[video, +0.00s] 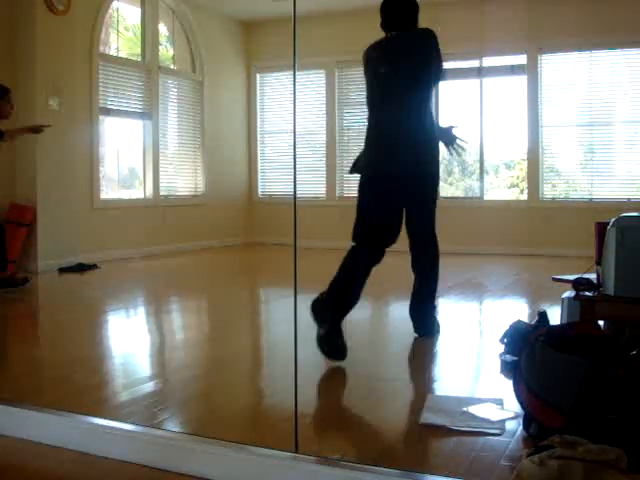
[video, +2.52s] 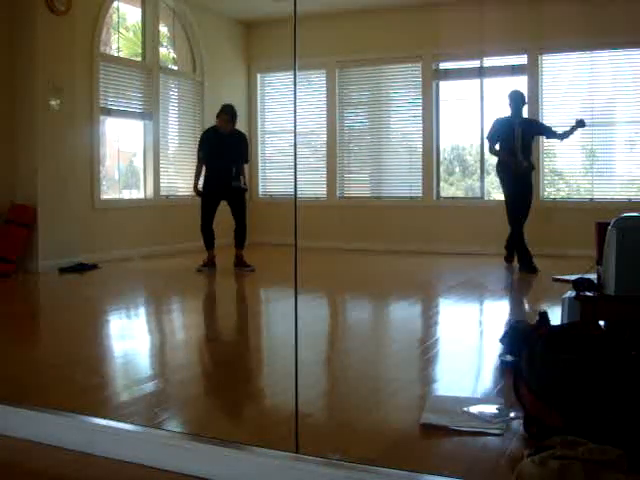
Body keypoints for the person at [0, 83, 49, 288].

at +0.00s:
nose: (11, 110)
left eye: (10, 104)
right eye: (8, 104)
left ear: (6, 105)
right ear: (2, 105)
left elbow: (7, 136)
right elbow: (7, 136)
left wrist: (28, 130)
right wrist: (27, 130)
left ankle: (8, 272)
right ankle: (6, 273)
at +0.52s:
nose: (105, 90)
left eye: (111, 88)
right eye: (106, 87)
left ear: (120, 96)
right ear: (105, 92)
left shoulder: (122, 127)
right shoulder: (87, 105)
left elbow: (119, 164)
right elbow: (64, 78)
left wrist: (111, 191)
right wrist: (43, 53)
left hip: (110, 182)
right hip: (82, 178)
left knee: (119, 229)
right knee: (65, 224)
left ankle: (137, 265)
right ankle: (53, 269)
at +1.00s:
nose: (161, 96)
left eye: (166, 94)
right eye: (162, 94)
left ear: (174, 100)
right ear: (161, 100)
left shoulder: (177, 119)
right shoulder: (152, 115)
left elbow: (185, 91)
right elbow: (140, 87)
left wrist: (195, 67)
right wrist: (132, 60)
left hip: (176, 179)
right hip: (160, 178)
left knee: (160, 222)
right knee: (176, 223)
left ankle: (145, 265)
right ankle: (200, 258)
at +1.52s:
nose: (203, 104)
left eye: (208, 101)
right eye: (203, 100)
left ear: (216, 105)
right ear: (201, 102)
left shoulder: (223, 127)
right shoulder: (187, 124)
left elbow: (231, 153)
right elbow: (175, 147)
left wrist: (242, 174)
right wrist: (164, 166)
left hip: (221, 180)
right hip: (198, 181)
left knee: (230, 221)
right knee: (200, 224)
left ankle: (242, 256)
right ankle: (208, 258)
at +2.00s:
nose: (222, 135)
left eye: (226, 131)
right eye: (220, 130)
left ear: (232, 129)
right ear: (215, 128)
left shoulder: (239, 147)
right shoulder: (204, 145)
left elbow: (240, 171)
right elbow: (197, 171)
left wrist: (242, 190)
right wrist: (192, 194)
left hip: (231, 193)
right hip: (209, 192)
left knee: (242, 226)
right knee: (201, 228)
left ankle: (237, 258)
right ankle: (210, 257)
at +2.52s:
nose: (219, 122)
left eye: (224, 120)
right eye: (219, 118)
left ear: (232, 121)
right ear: (217, 117)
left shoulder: (240, 137)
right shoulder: (208, 134)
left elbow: (243, 164)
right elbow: (200, 161)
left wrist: (245, 183)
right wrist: (196, 183)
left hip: (234, 185)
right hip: (211, 185)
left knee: (240, 222)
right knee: (206, 223)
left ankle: (239, 258)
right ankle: (210, 258)